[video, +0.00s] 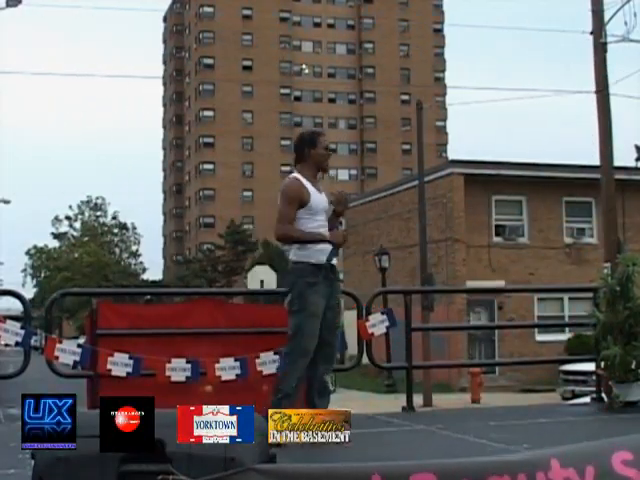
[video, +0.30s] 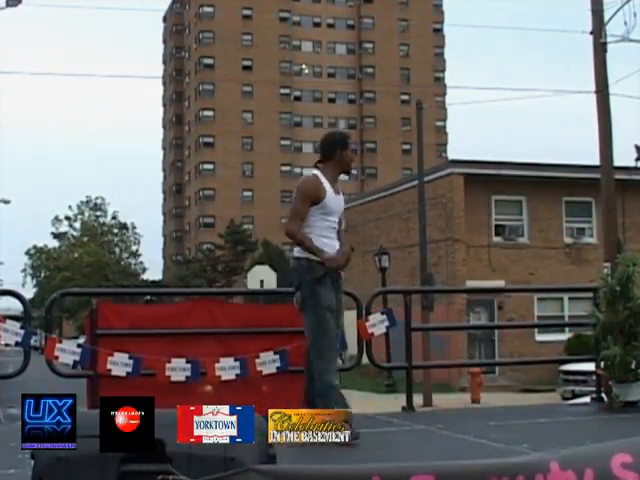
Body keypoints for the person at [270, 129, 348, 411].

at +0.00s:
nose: (330, 154)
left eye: (329, 149)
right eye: (325, 149)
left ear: (311, 154)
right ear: (308, 153)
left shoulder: (317, 188)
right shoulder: (294, 185)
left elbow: (324, 231)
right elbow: (282, 232)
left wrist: (337, 215)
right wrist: (326, 237)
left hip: (328, 271)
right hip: (306, 270)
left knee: (326, 346)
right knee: (303, 344)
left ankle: (318, 409)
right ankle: (281, 408)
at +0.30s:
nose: (355, 158)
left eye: (354, 153)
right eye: (351, 152)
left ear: (337, 155)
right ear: (337, 154)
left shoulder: (336, 189)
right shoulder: (311, 184)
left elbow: (335, 232)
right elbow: (292, 228)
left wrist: (343, 251)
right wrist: (322, 255)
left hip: (329, 265)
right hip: (312, 265)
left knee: (329, 339)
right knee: (324, 339)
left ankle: (319, 404)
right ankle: (330, 410)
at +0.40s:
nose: (359, 158)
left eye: (358, 153)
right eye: (356, 152)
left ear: (340, 154)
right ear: (343, 154)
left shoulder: (340, 186)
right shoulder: (317, 184)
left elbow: (338, 231)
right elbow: (299, 230)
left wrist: (349, 259)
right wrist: (310, 273)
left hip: (335, 268)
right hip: (319, 268)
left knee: (324, 346)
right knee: (331, 346)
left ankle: (314, 414)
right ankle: (357, 419)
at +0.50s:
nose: (364, 157)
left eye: (363, 152)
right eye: (361, 152)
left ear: (345, 154)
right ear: (350, 154)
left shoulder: (346, 187)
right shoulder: (326, 183)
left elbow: (345, 241)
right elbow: (306, 231)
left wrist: (356, 282)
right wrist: (297, 275)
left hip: (340, 270)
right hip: (324, 269)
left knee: (326, 348)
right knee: (341, 350)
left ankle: (314, 417)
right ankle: (361, 423)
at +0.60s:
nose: (372, 154)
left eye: (371, 149)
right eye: (369, 149)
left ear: (355, 152)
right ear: (356, 151)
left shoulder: (356, 184)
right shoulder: (332, 181)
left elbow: (349, 235)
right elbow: (304, 228)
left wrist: (359, 273)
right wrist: (298, 276)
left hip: (347, 267)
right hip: (330, 266)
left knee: (334, 347)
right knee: (348, 345)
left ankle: (314, 416)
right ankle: (360, 423)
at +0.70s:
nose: (378, 151)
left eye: (377, 146)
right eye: (374, 146)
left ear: (361, 149)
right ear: (358, 148)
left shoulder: (361, 182)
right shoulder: (336, 179)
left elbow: (356, 236)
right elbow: (309, 225)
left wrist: (364, 278)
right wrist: (305, 273)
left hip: (356, 266)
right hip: (337, 265)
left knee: (352, 342)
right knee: (353, 342)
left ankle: (322, 409)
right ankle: (361, 424)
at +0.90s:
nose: (385, 146)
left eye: (384, 141)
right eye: (379, 141)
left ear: (369, 146)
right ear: (361, 145)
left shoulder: (372, 178)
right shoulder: (341, 178)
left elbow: (364, 228)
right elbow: (323, 227)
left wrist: (376, 259)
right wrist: (329, 278)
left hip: (373, 266)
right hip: (350, 266)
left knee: (391, 340)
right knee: (357, 345)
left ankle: (353, 400)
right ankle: (361, 426)